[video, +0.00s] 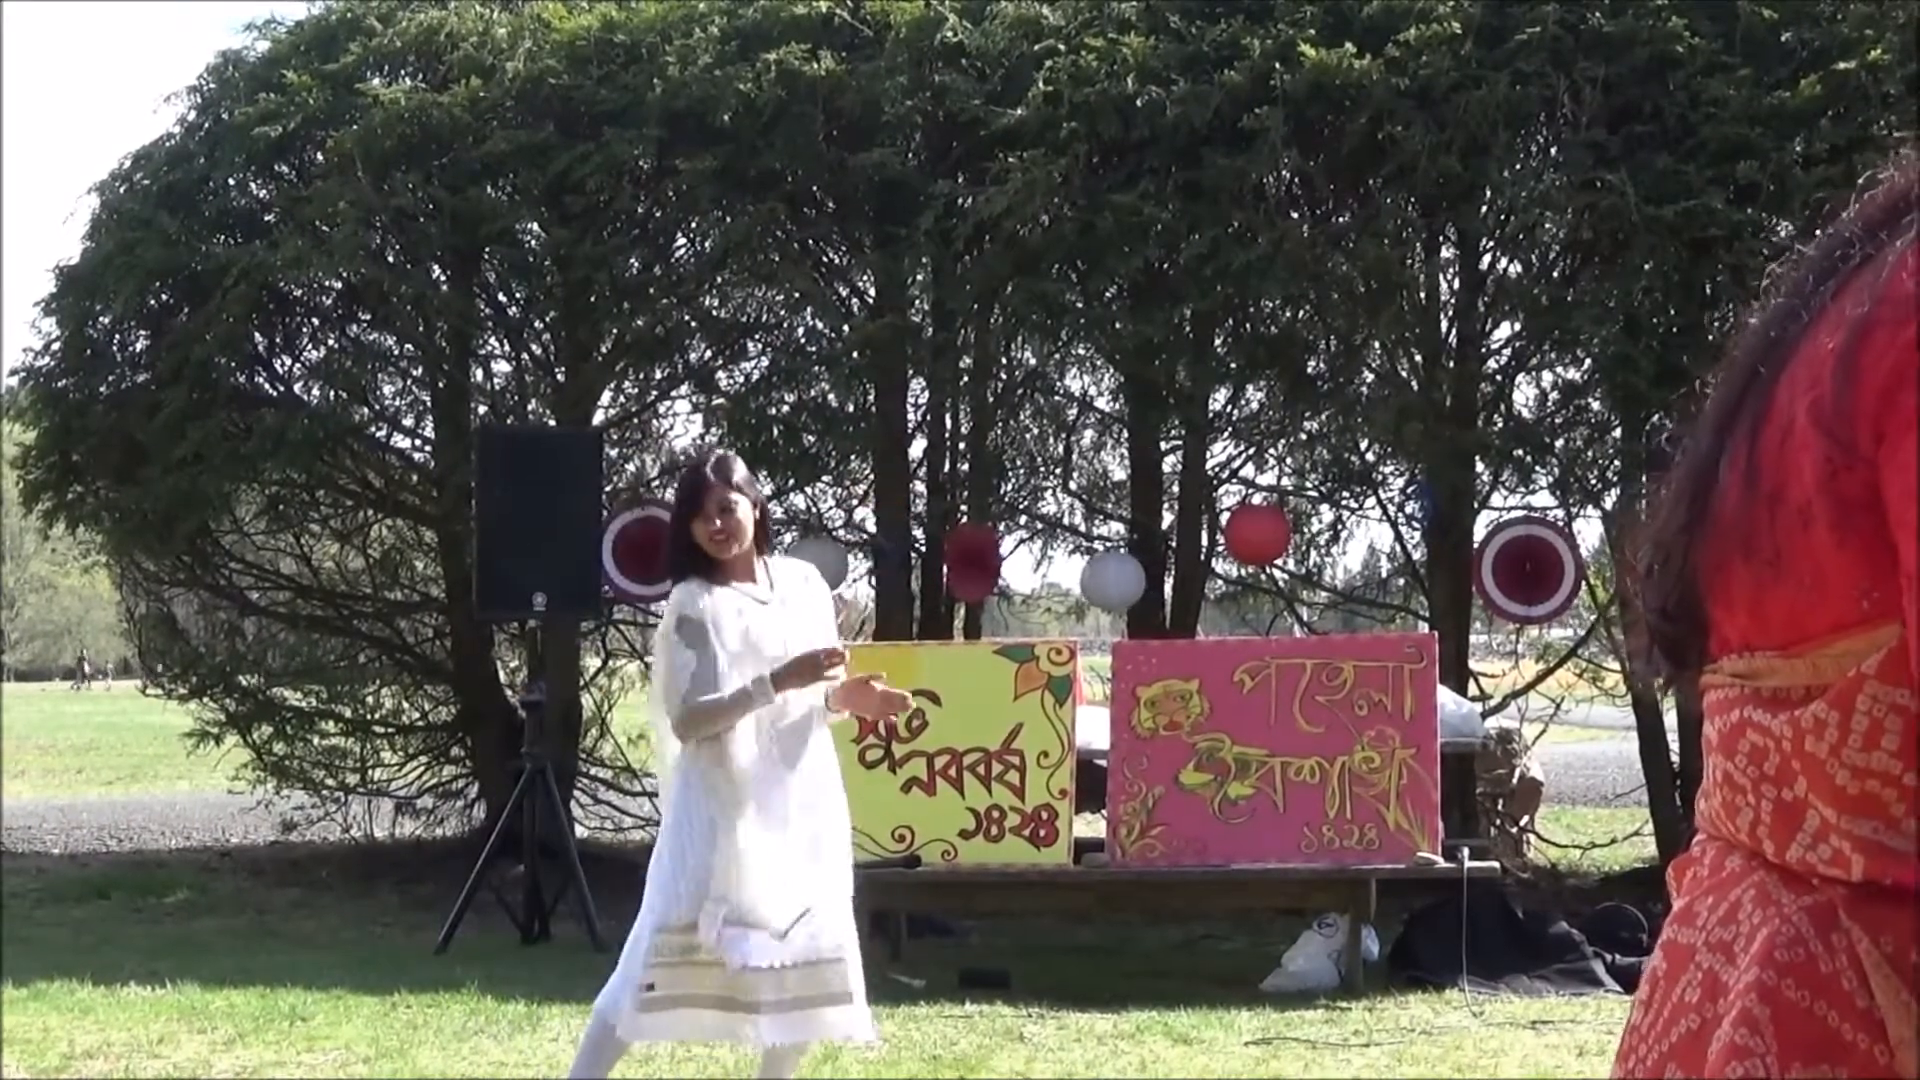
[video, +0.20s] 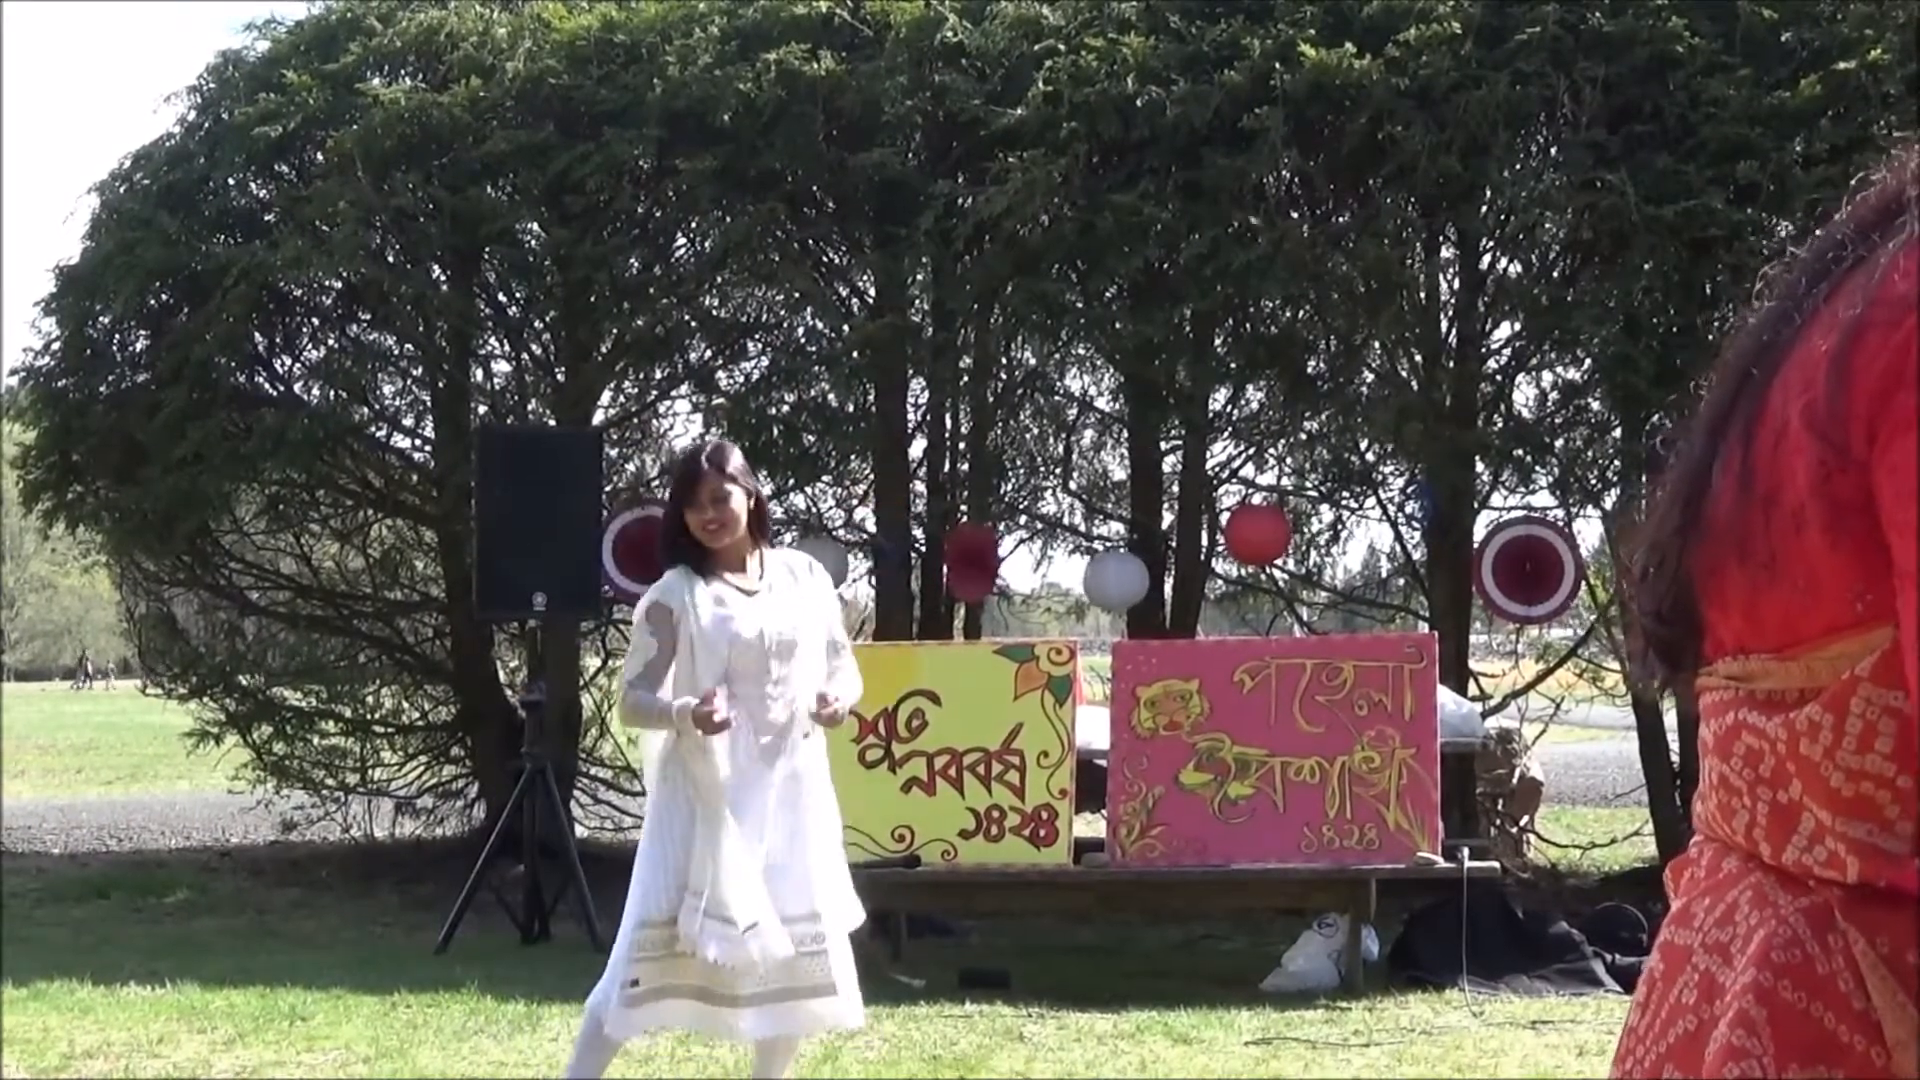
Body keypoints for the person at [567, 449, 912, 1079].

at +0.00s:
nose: (719, 522)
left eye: (730, 505)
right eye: (703, 513)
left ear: (757, 507)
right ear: (689, 526)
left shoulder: (803, 580)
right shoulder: (691, 604)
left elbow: (808, 704)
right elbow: (687, 722)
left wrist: (845, 697)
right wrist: (779, 681)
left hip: (802, 817)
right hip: (715, 820)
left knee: (810, 983)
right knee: (647, 972)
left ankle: (774, 1073)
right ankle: (582, 1074)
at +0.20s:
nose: (710, 515)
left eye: (722, 499)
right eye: (695, 505)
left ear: (751, 498)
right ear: (681, 515)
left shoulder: (806, 576)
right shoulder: (673, 594)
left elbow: (842, 660)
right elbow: (632, 702)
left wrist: (838, 695)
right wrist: (684, 712)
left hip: (791, 806)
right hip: (698, 809)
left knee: (794, 974)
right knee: (643, 962)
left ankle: (769, 1075)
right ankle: (579, 1073)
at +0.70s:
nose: (661, 497)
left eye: (672, 482)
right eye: (645, 486)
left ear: (691, 491)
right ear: (621, 498)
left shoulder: (728, 571)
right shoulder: (577, 585)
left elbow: (791, 659)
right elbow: (529, 682)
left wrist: (812, 730)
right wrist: (563, 690)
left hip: (712, 806)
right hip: (605, 809)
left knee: (733, 974)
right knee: (588, 970)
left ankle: (749, 1074)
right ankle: (561, 1072)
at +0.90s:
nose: (618, 510)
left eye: (629, 496)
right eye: (603, 497)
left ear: (645, 502)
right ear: (576, 503)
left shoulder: (675, 583)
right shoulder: (533, 590)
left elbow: (695, 705)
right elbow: (504, 705)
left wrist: (744, 741)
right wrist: (554, 681)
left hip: (664, 813)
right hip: (562, 815)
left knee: (697, 976)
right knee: (559, 984)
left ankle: (704, 1073)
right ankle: (553, 1075)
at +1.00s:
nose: (597, 516)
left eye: (609, 501)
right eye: (582, 503)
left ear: (626, 506)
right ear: (557, 510)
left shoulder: (655, 586)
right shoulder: (521, 595)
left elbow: (672, 708)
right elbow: (493, 709)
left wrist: (727, 736)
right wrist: (560, 669)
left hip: (642, 813)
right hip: (550, 815)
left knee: (653, 961)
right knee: (551, 976)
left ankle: (611, 1069)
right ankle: (555, 1070)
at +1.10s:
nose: (582, 521)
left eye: (594, 506)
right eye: (567, 508)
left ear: (611, 512)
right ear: (544, 517)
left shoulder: (643, 591)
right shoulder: (511, 602)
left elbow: (660, 709)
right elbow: (489, 718)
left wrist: (722, 731)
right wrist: (564, 680)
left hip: (623, 827)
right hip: (534, 828)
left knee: (593, 993)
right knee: (526, 999)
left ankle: (544, 1065)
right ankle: (528, 1067)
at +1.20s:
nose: (572, 524)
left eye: (583, 509)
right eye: (557, 512)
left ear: (602, 514)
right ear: (534, 520)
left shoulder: (634, 590)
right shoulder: (505, 605)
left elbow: (658, 693)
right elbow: (468, 715)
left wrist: (719, 740)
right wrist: (551, 705)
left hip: (620, 820)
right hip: (539, 820)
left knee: (591, 977)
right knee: (565, 981)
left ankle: (494, 1068)